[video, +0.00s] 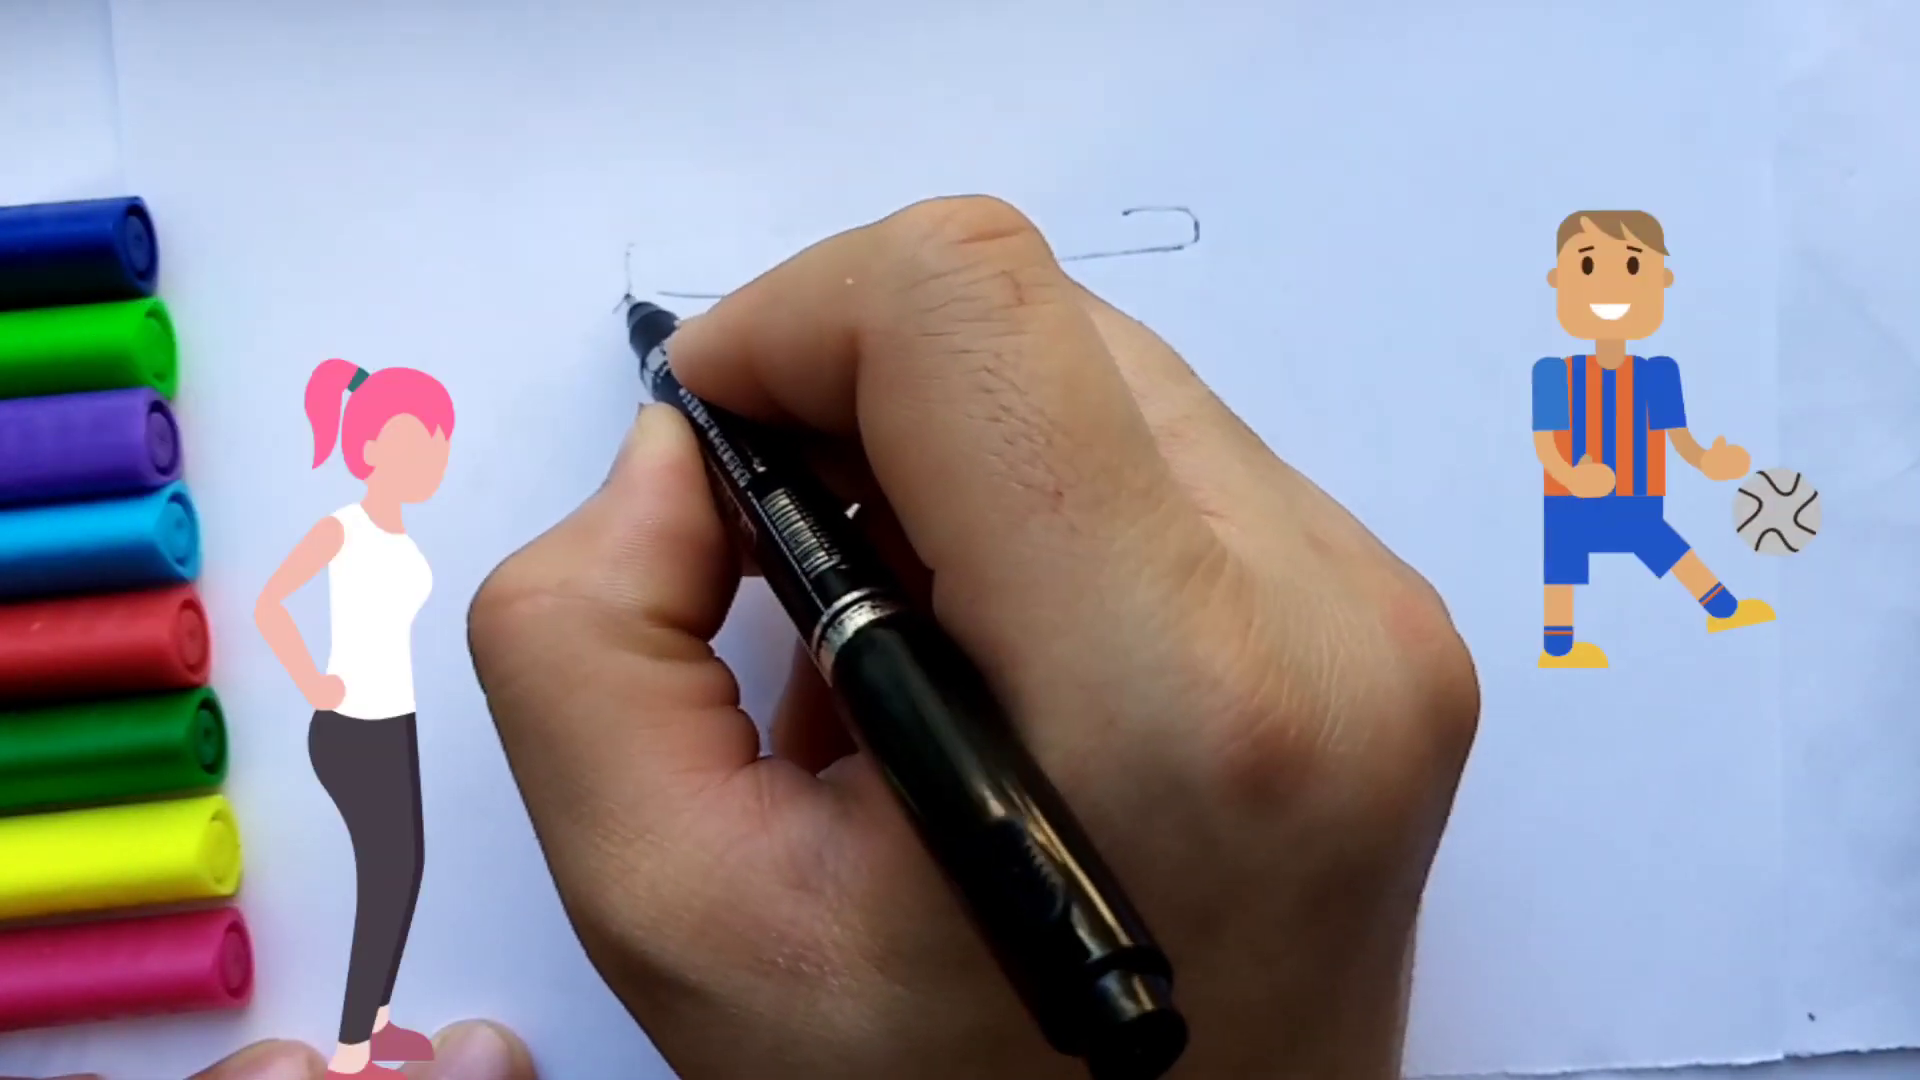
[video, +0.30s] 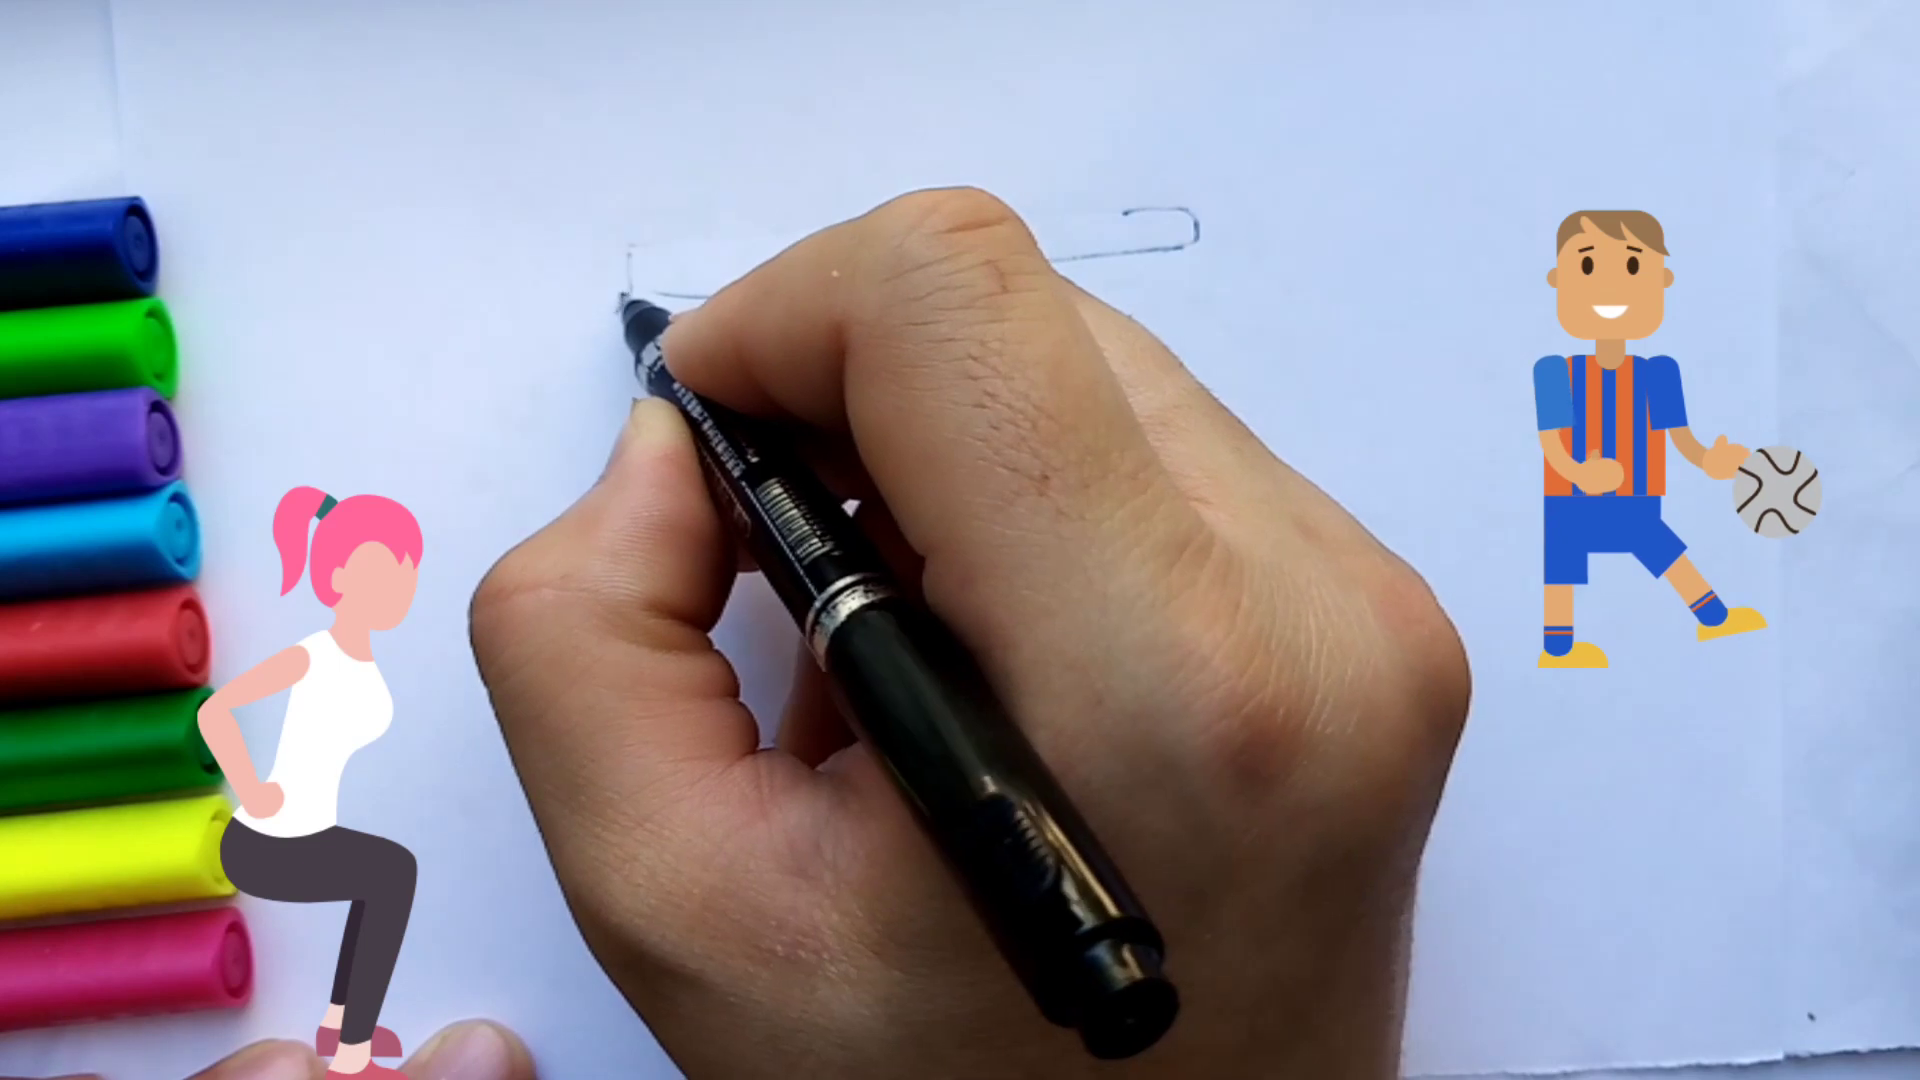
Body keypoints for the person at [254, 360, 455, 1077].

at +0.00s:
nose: (432, 460)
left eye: (436, 444)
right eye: (417, 442)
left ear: (438, 452)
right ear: (375, 448)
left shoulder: (406, 539)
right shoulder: (343, 529)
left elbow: (390, 623)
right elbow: (269, 605)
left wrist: (397, 685)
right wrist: (313, 684)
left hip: (397, 729)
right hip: (352, 730)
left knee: (404, 872)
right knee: (387, 876)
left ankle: (375, 1021)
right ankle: (350, 1047)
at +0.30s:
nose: (400, 590)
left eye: (403, 574)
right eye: (384, 573)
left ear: (405, 581)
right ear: (344, 578)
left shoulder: (366, 668)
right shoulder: (312, 655)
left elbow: (325, 741)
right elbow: (214, 712)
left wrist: (320, 801)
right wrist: (250, 791)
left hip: (309, 844)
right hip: (264, 849)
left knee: (391, 865)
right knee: (392, 871)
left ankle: (340, 1022)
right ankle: (351, 1055)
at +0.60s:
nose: (434, 458)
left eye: (438, 441)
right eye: (418, 440)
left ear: (439, 451)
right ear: (376, 447)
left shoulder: (406, 538)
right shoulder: (344, 529)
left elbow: (389, 621)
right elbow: (269, 604)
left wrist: (396, 683)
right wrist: (311, 682)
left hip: (397, 728)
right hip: (352, 728)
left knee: (404, 871)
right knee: (387, 874)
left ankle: (373, 1023)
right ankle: (351, 1048)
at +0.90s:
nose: (401, 590)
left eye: (404, 573)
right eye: (385, 573)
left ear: (404, 582)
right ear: (345, 578)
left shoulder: (365, 665)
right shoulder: (311, 656)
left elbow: (324, 738)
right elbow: (213, 712)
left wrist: (319, 798)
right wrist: (249, 790)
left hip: (309, 842)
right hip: (264, 849)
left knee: (392, 865)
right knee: (392, 872)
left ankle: (339, 1026)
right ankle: (350, 1055)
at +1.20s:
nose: (433, 458)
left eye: (438, 442)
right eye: (418, 440)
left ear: (440, 452)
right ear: (375, 447)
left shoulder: (404, 536)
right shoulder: (344, 529)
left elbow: (386, 622)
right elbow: (269, 604)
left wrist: (396, 686)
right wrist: (312, 683)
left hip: (397, 730)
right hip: (353, 732)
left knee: (405, 873)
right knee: (387, 879)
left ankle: (373, 1021)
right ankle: (349, 1050)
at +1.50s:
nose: (405, 589)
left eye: (406, 572)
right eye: (391, 571)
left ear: (403, 580)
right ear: (347, 578)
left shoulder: (364, 663)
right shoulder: (312, 655)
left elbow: (322, 739)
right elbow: (214, 712)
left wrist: (317, 799)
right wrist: (249, 791)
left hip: (308, 842)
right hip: (264, 851)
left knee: (390, 865)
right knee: (392, 872)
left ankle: (341, 1021)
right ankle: (350, 1053)